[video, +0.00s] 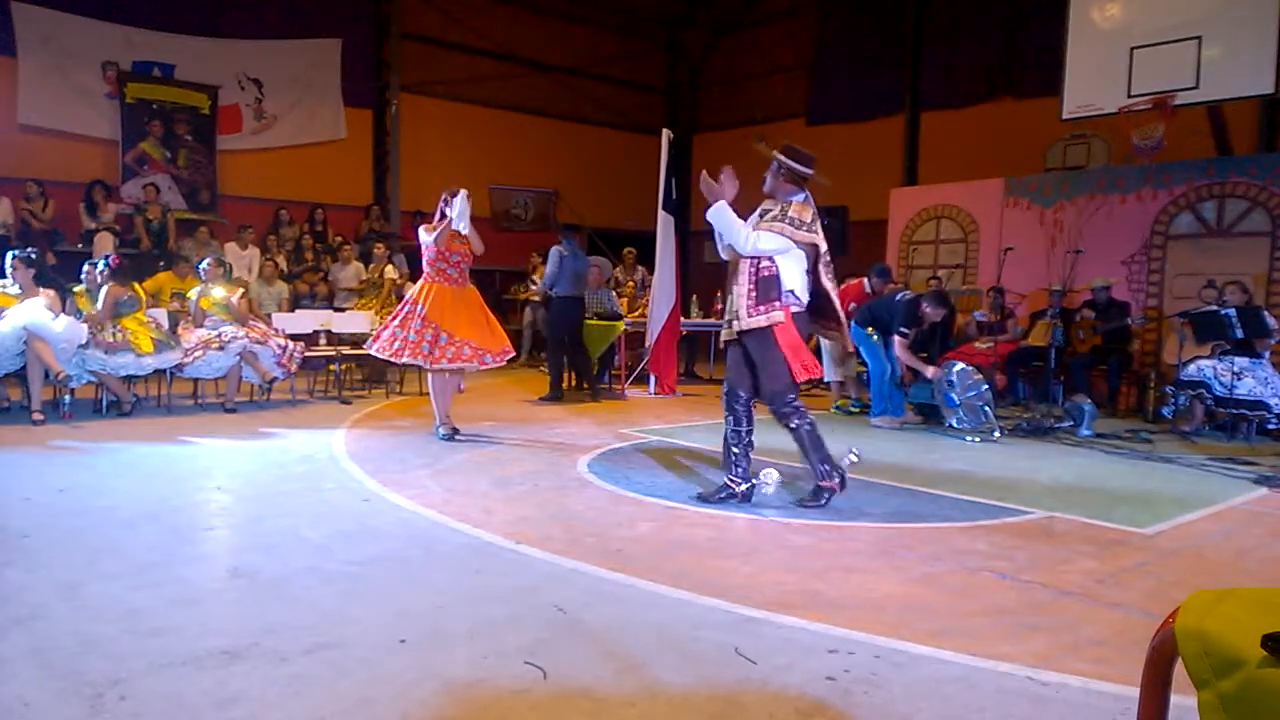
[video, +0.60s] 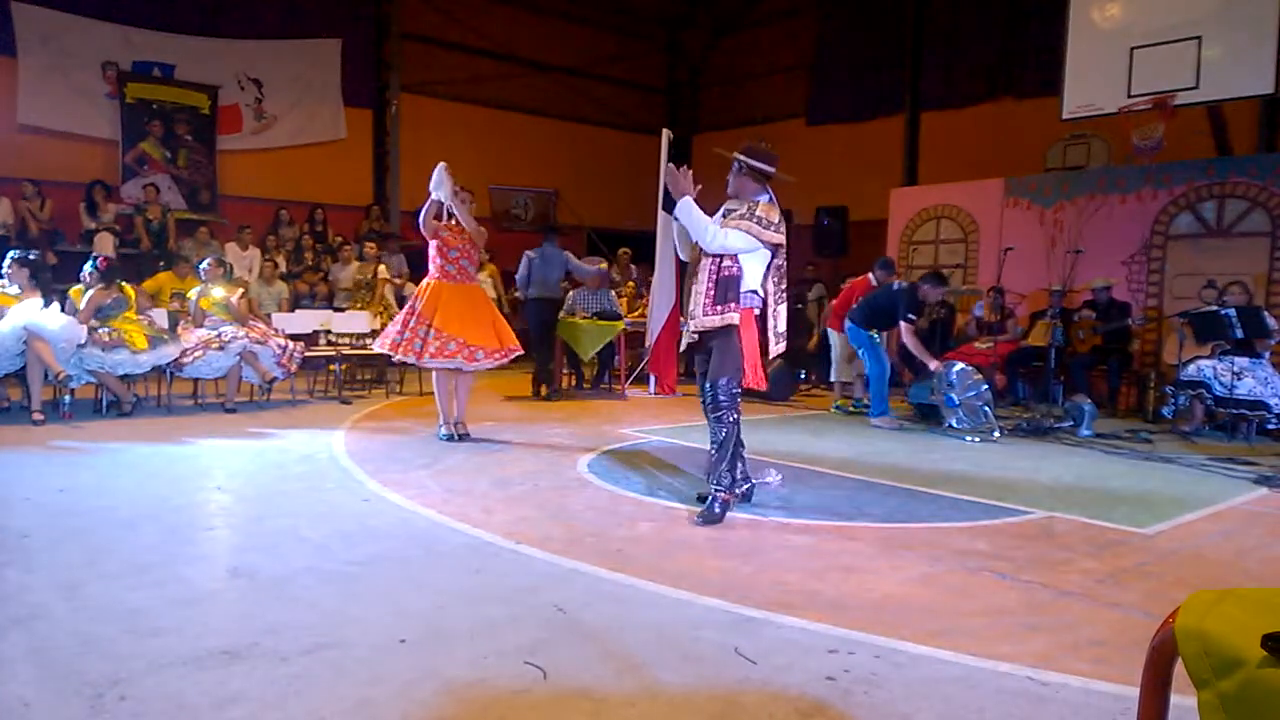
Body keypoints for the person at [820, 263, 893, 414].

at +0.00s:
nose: (884, 288)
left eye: (886, 284)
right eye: (883, 283)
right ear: (873, 279)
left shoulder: (876, 294)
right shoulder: (855, 291)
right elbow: (839, 316)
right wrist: (845, 340)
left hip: (849, 328)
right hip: (831, 326)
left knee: (851, 365)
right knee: (835, 365)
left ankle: (855, 398)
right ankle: (837, 400)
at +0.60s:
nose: (890, 279)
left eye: (892, 276)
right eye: (888, 275)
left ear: (885, 273)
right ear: (878, 271)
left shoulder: (878, 287)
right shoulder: (863, 285)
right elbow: (857, 311)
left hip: (855, 325)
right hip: (838, 323)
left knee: (859, 362)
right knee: (840, 361)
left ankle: (859, 397)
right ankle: (838, 399)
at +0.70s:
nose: (892, 278)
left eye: (893, 273)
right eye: (889, 273)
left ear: (894, 273)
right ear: (878, 270)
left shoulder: (882, 286)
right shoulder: (864, 284)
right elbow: (860, 312)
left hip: (857, 326)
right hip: (841, 324)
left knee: (861, 363)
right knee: (843, 362)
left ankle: (859, 398)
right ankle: (839, 399)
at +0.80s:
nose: (893, 277)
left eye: (894, 272)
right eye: (890, 272)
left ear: (894, 272)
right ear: (878, 269)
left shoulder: (882, 285)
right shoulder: (864, 284)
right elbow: (860, 311)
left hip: (857, 326)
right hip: (841, 325)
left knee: (861, 363)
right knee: (845, 362)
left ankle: (859, 398)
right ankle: (840, 399)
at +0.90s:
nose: (892, 275)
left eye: (894, 270)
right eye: (890, 270)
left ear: (891, 270)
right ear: (879, 268)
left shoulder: (884, 285)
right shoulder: (863, 283)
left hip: (862, 326)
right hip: (845, 325)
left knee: (863, 363)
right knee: (848, 362)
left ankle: (859, 398)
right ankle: (841, 398)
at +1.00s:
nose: (891, 273)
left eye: (893, 269)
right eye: (888, 268)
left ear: (892, 268)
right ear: (878, 266)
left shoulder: (884, 285)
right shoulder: (863, 283)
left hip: (868, 328)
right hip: (851, 328)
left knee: (865, 364)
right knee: (851, 363)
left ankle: (859, 398)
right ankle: (842, 398)